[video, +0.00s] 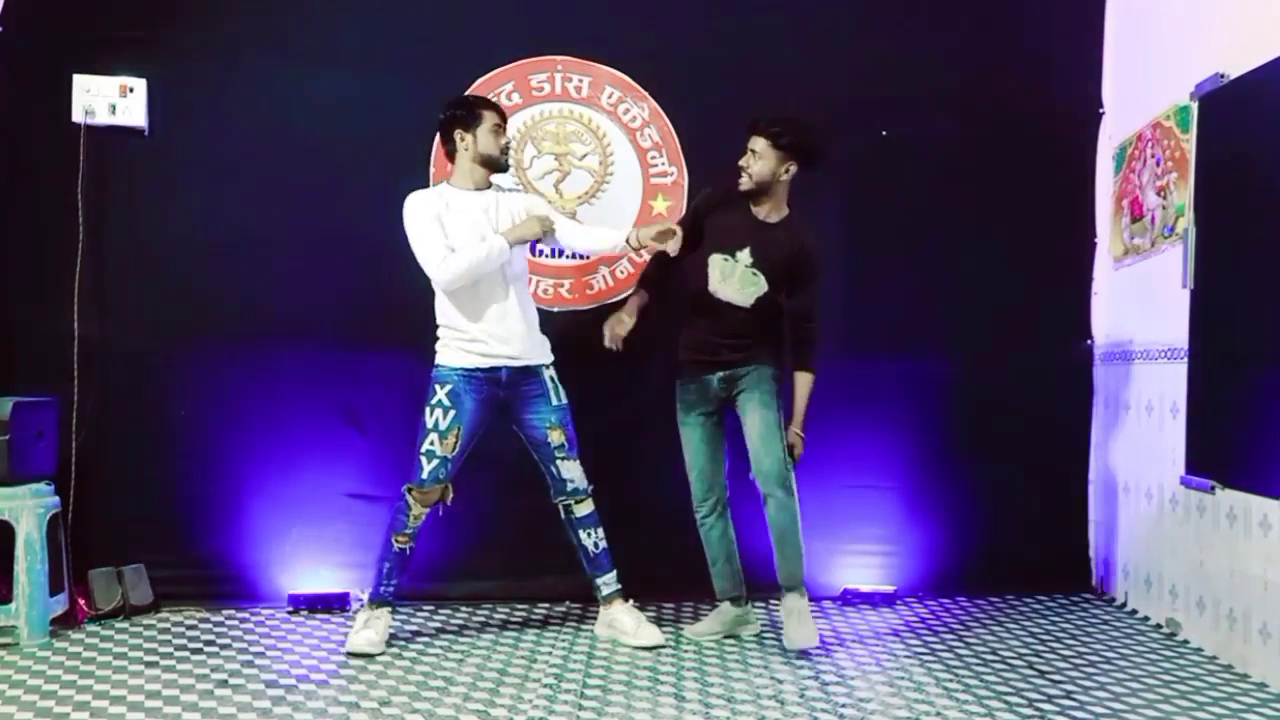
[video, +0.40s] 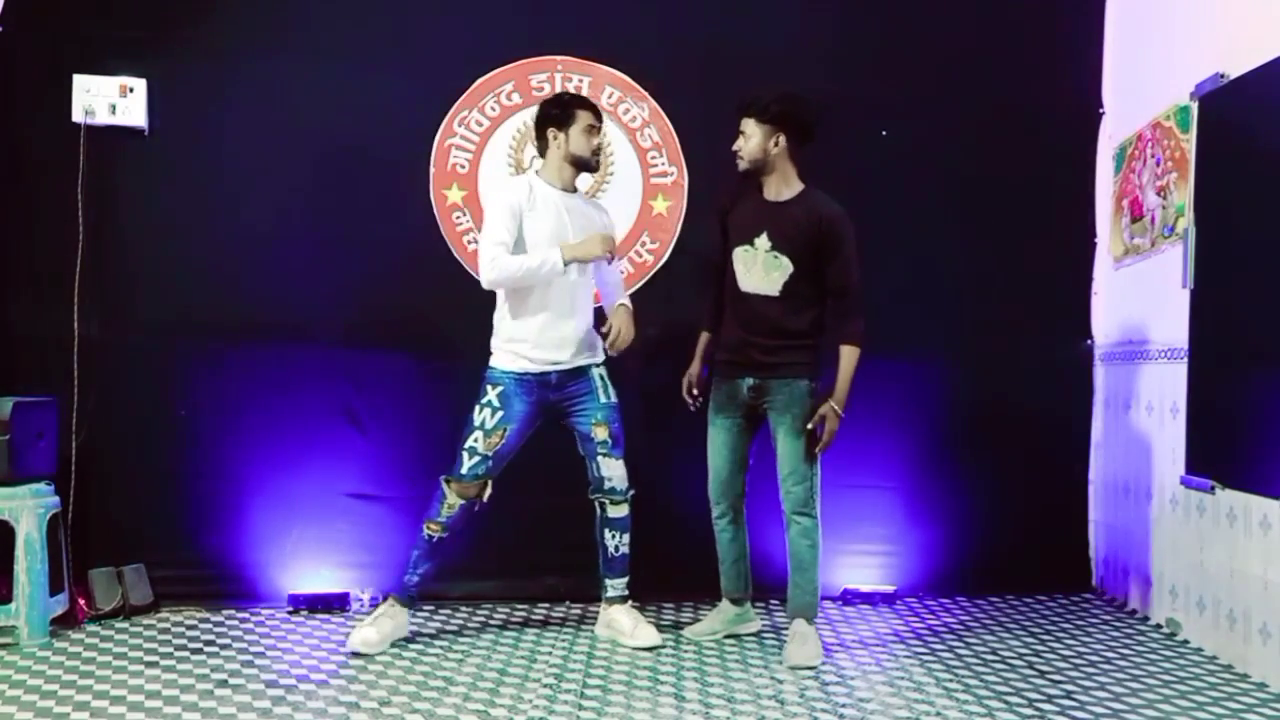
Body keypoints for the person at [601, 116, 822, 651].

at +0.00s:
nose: (742, 162)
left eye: (754, 156)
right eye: (745, 153)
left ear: (786, 168)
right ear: (756, 162)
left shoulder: (796, 246)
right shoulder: (714, 207)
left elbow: (803, 334)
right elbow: (664, 255)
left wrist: (797, 420)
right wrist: (630, 308)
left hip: (755, 370)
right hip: (696, 372)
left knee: (773, 477)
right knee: (706, 497)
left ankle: (794, 598)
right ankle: (733, 603)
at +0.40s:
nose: (737, 145)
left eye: (746, 135)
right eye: (738, 135)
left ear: (777, 141)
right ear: (768, 143)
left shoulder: (824, 217)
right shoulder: (735, 207)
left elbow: (850, 314)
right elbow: (719, 292)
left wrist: (838, 399)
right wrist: (699, 357)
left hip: (793, 377)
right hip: (728, 374)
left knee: (798, 505)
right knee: (723, 499)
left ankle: (802, 622)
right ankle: (736, 606)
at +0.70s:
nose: (731, 142)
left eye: (739, 131)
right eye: (733, 131)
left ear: (769, 137)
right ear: (763, 139)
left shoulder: (819, 209)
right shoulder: (746, 207)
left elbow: (853, 309)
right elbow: (747, 294)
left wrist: (833, 395)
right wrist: (737, 358)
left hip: (791, 380)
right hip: (736, 376)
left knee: (798, 505)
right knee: (732, 498)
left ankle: (802, 623)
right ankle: (741, 610)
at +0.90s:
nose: (726, 142)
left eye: (734, 132)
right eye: (727, 132)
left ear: (765, 139)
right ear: (755, 140)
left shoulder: (812, 206)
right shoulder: (746, 207)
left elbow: (858, 297)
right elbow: (751, 292)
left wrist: (820, 382)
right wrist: (739, 357)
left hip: (786, 381)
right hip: (735, 377)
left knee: (795, 505)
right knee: (733, 498)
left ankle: (802, 622)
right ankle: (741, 609)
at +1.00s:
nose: (723, 142)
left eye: (730, 132)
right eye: (725, 132)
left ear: (761, 138)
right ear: (755, 140)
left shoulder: (808, 203)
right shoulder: (746, 207)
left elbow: (869, 284)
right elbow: (750, 293)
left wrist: (819, 356)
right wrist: (731, 356)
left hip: (785, 379)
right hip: (735, 376)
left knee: (794, 506)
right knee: (731, 498)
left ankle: (802, 623)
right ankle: (741, 609)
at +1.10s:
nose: (720, 143)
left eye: (728, 133)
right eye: (722, 133)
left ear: (758, 139)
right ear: (752, 140)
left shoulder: (807, 201)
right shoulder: (744, 203)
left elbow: (885, 263)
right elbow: (757, 281)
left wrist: (823, 325)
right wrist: (729, 335)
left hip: (784, 377)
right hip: (733, 372)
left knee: (793, 505)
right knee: (731, 498)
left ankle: (802, 623)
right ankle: (740, 609)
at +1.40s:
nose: (717, 146)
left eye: (726, 136)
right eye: (719, 136)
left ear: (758, 141)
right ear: (748, 143)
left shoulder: (807, 201)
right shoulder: (740, 209)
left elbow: (874, 270)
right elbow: (744, 278)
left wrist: (808, 315)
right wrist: (729, 311)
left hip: (787, 378)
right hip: (736, 376)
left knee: (796, 503)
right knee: (735, 499)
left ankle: (802, 623)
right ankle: (741, 610)